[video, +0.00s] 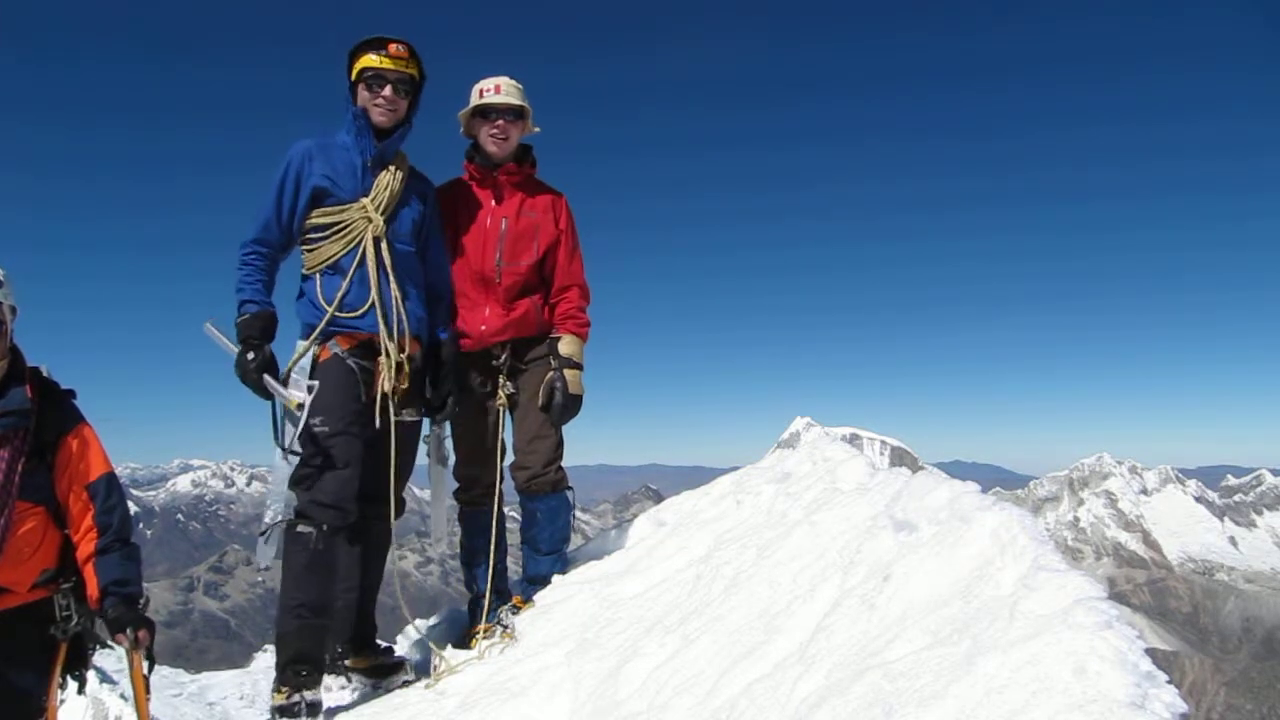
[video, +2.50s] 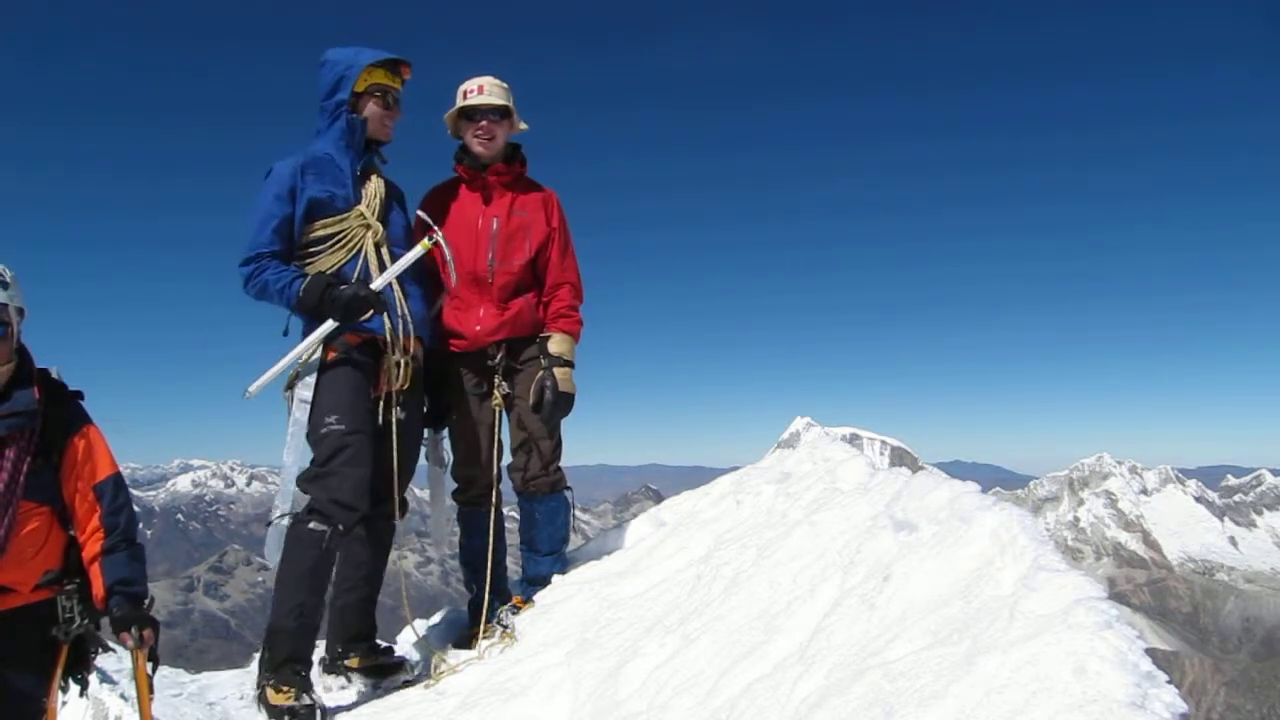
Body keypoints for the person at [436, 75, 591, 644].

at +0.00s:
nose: (499, 125)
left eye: (510, 117)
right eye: (489, 116)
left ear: (525, 127)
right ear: (471, 126)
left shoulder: (549, 204)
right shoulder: (446, 202)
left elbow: (569, 290)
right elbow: (428, 282)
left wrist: (570, 360)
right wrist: (433, 357)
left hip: (534, 353)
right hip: (466, 358)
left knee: (538, 469)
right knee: (476, 481)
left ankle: (541, 591)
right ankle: (485, 604)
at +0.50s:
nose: (498, 126)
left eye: (509, 117)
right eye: (488, 117)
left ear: (525, 128)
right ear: (471, 126)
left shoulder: (554, 208)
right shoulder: (443, 203)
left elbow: (582, 286)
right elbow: (422, 280)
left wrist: (569, 279)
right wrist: (426, 365)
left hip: (533, 351)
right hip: (463, 355)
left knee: (536, 468)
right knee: (474, 479)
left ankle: (541, 589)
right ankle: (485, 604)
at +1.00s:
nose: (495, 125)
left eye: (505, 116)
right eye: (484, 116)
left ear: (522, 126)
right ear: (467, 126)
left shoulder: (548, 204)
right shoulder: (443, 203)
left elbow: (569, 288)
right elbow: (424, 281)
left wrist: (561, 354)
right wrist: (428, 363)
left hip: (531, 352)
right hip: (463, 358)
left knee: (538, 471)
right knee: (476, 480)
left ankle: (542, 589)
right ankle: (485, 601)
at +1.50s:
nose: (494, 125)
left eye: (505, 116)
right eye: (484, 116)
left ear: (522, 126)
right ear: (467, 126)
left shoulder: (548, 202)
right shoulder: (443, 203)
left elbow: (569, 288)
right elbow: (425, 284)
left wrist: (567, 359)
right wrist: (427, 367)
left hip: (532, 353)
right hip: (464, 359)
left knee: (539, 470)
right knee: (478, 480)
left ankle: (541, 591)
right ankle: (484, 605)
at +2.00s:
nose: (492, 125)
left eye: (502, 115)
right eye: (481, 116)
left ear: (519, 125)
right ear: (464, 127)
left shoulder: (545, 202)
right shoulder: (438, 203)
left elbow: (566, 287)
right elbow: (422, 287)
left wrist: (565, 357)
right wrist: (426, 364)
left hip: (530, 351)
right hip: (462, 357)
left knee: (538, 472)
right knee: (476, 480)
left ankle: (541, 589)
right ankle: (486, 604)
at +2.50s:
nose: (485, 126)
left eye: (495, 117)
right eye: (474, 117)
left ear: (512, 126)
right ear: (458, 127)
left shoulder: (540, 202)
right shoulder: (437, 203)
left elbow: (563, 285)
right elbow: (419, 288)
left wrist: (560, 355)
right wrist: (423, 366)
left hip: (527, 348)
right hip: (459, 354)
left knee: (537, 456)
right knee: (475, 473)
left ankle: (541, 586)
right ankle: (484, 602)